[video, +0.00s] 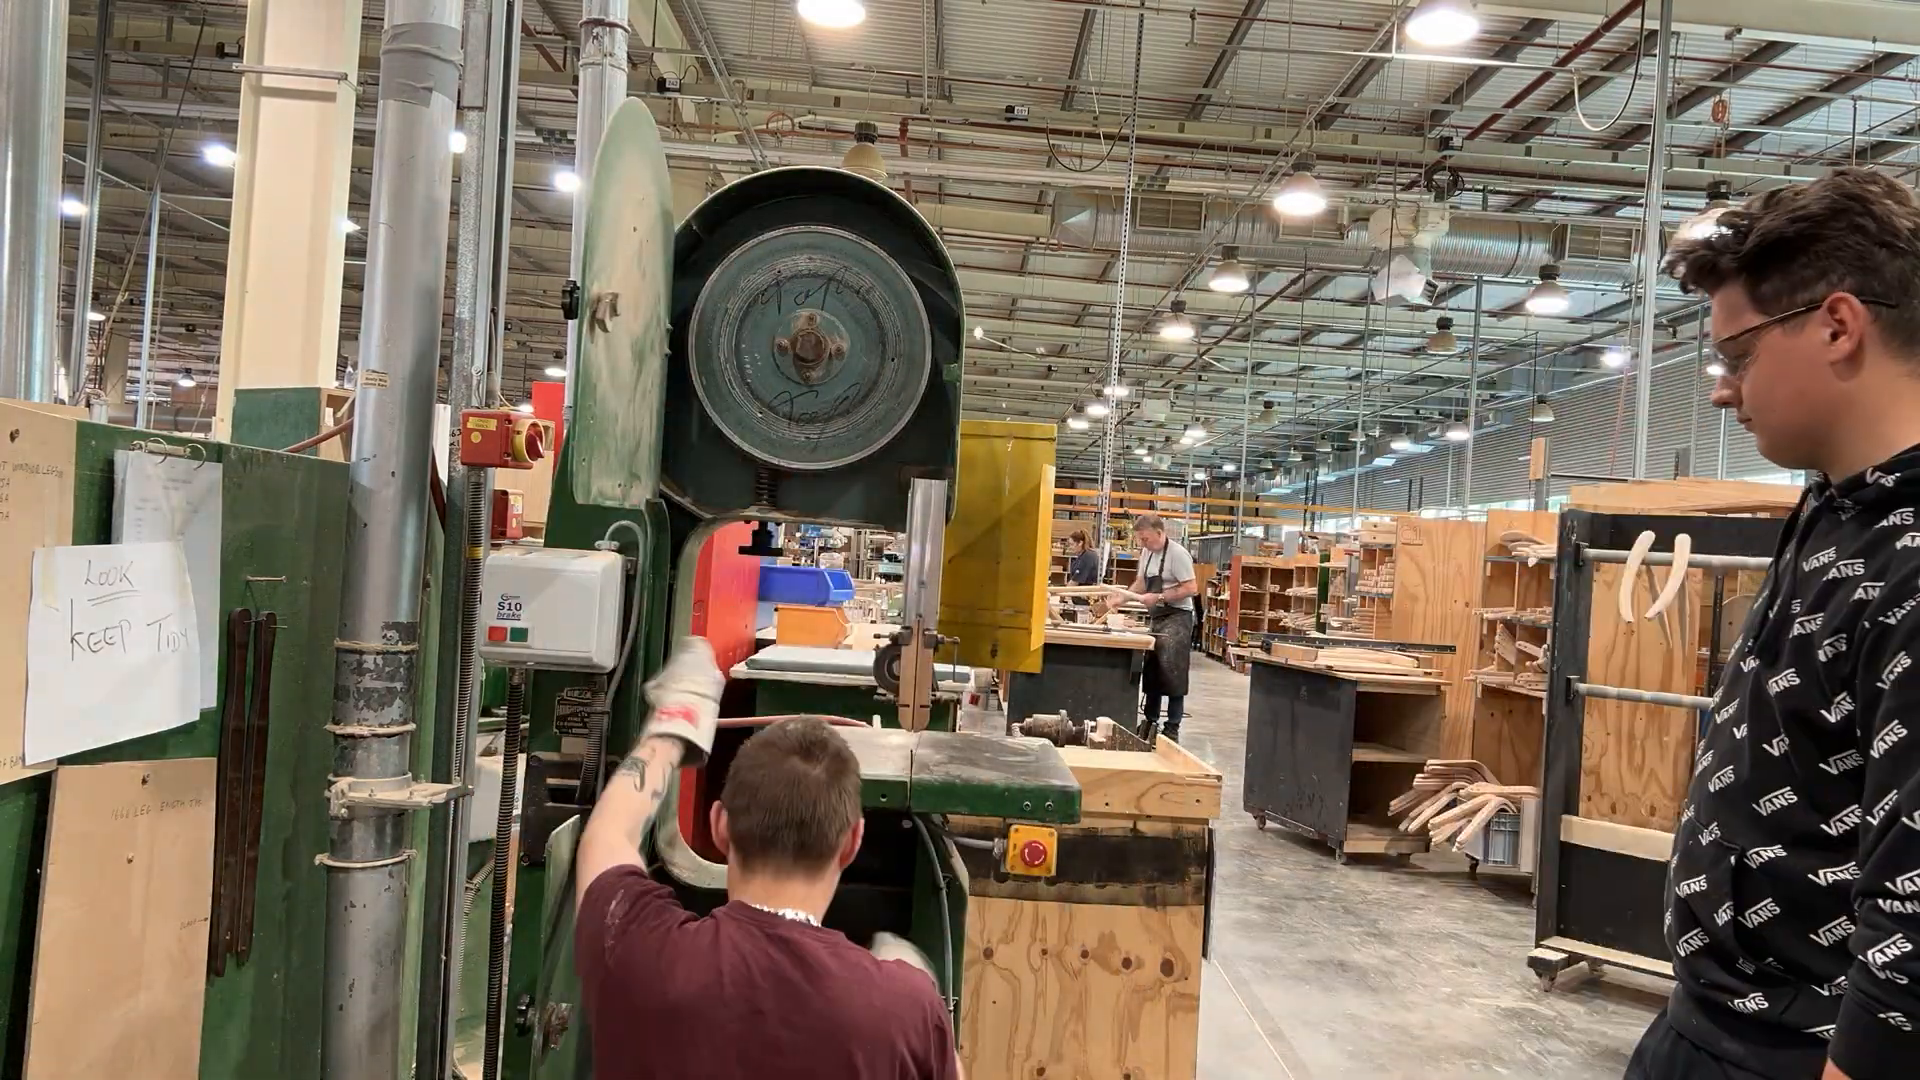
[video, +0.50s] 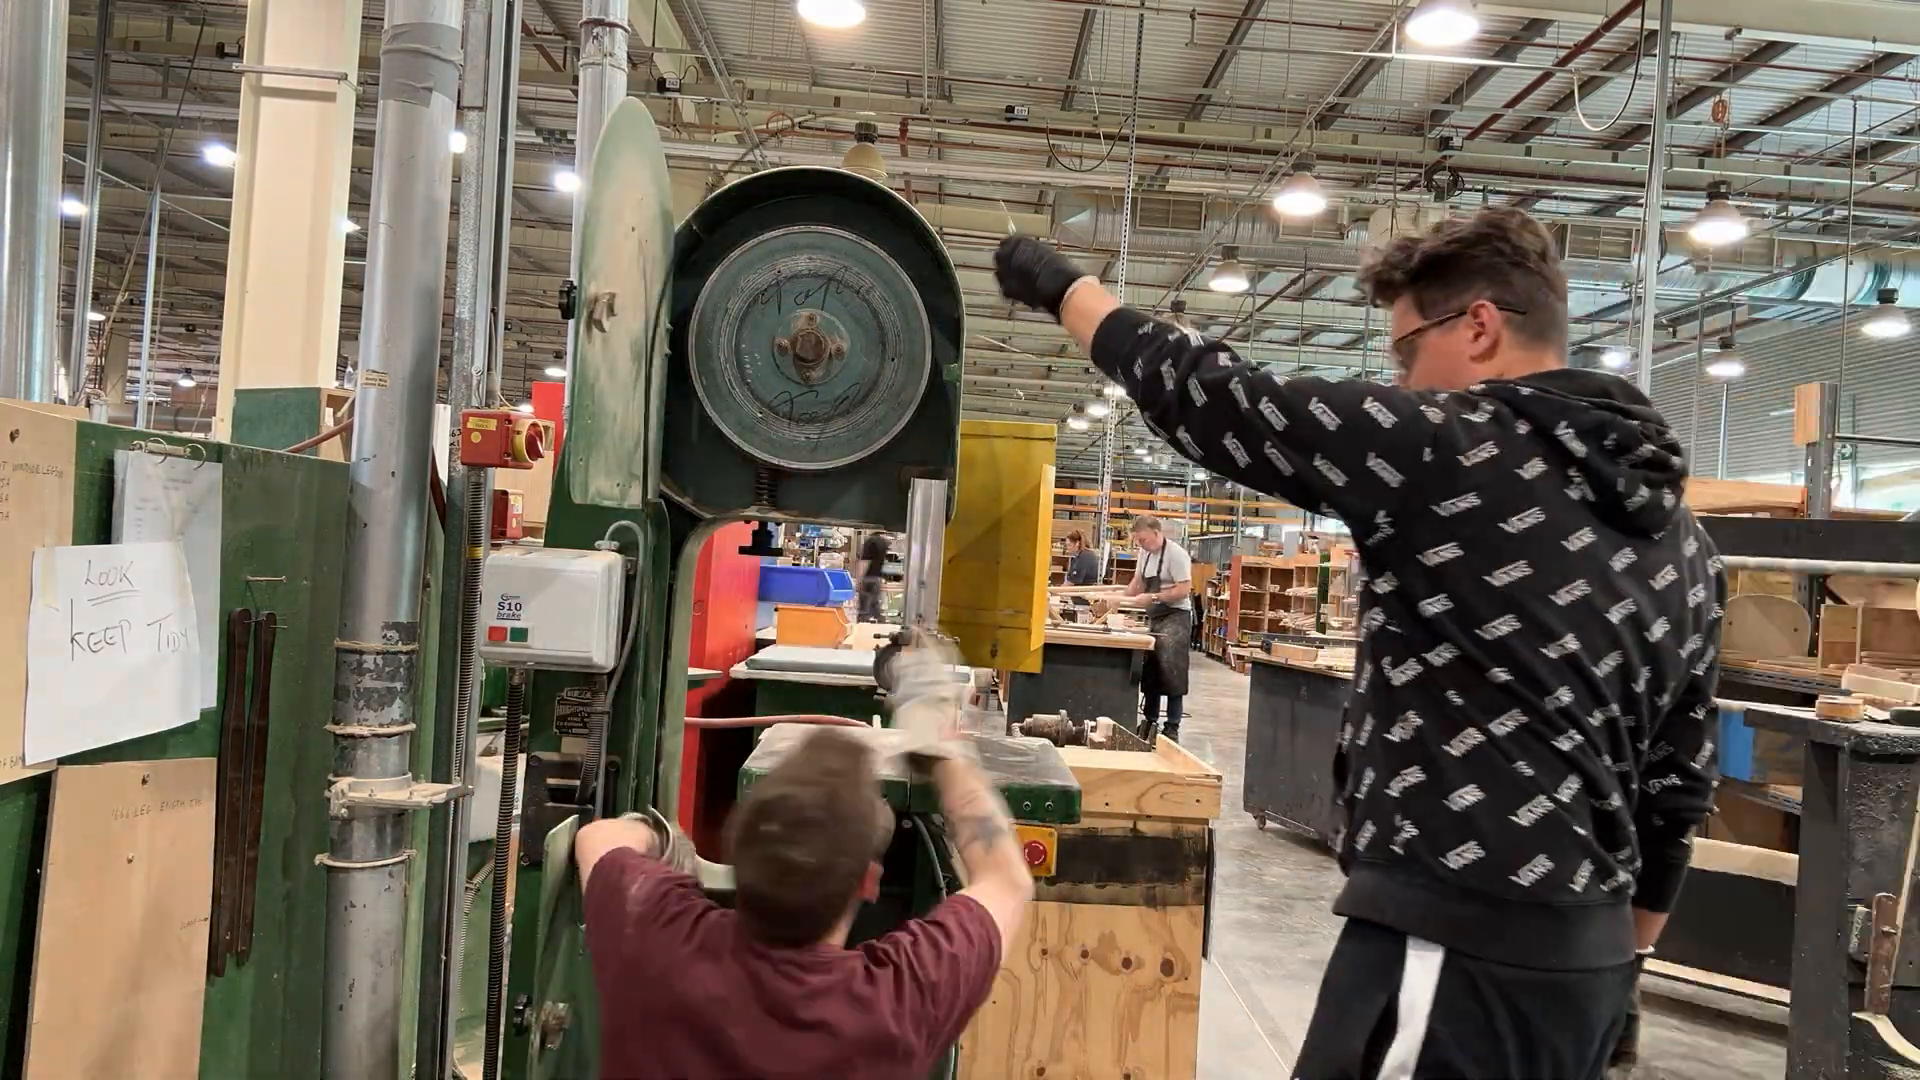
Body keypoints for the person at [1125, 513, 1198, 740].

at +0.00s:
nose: (1142, 543)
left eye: (1145, 538)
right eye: (1140, 539)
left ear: (1160, 533)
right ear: (1143, 537)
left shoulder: (1178, 553)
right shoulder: (1147, 553)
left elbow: (1191, 587)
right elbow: (1141, 584)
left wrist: (1159, 597)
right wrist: (1122, 597)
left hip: (1178, 617)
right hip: (1157, 617)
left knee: (1174, 671)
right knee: (1152, 670)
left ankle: (1172, 728)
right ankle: (1150, 721)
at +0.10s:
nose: (1142, 545)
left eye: (1144, 540)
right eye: (1140, 541)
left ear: (1159, 534)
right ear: (1141, 537)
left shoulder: (1178, 554)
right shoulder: (1146, 553)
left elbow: (1184, 589)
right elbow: (1137, 584)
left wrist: (1151, 597)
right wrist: (1121, 597)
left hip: (1177, 618)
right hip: (1156, 618)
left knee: (1173, 671)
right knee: (1151, 670)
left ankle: (1172, 727)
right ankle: (1149, 721)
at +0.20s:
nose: (1145, 545)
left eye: (1148, 540)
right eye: (1143, 541)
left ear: (1161, 534)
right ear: (1144, 538)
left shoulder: (1182, 554)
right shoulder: (1148, 553)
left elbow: (1186, 590)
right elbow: (1129, 574)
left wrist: (1152, 597)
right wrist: (1131, 579)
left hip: (1178, 617)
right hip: (1156, 616)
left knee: (1173, 671)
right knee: (1151, 670)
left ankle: (1172, 727)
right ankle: (1150, 720)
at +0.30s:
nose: (1143, 545)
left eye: (1146, 540)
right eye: (1141, 541)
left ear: (1159, 533)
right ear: (1141, 537)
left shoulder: (1179, 554)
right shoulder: (1148, 554)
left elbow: (1183, 590)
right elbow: (1142, 581)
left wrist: (1149, 597)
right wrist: (1129, 584)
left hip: (1178, 618)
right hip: (1157, 617)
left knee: (1174, 672)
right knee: (1152, 671)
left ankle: (1172, 727)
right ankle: (1149, 721)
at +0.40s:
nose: (1143, 545)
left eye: (1146, 540)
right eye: (1140, 541)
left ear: (1159, 533)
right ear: (1140, 538)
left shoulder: (1179, 554)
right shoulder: (1147, 554)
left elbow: (1183, 590)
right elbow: (1140, 582)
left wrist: (1151, 598)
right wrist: (1120, 598)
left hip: (1178, 617)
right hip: (1157, 617)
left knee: (1174, 672)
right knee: (1151, 671)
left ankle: (1172, 728)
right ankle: (1149, 721)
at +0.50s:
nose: (1141, 545)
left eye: (1143, 540)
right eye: (1138, 541)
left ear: (1157, 533)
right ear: (1139, 538)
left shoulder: (1177, 554)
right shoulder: (1145, 554)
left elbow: (1184, 589)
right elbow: (1136, 585)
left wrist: (1153, 597)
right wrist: (1117, 600)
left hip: (1177, 616)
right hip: (1155, 616)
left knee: (1172, 671)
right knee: (1151, 670)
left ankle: (1172, 727)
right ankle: (1149, 722)